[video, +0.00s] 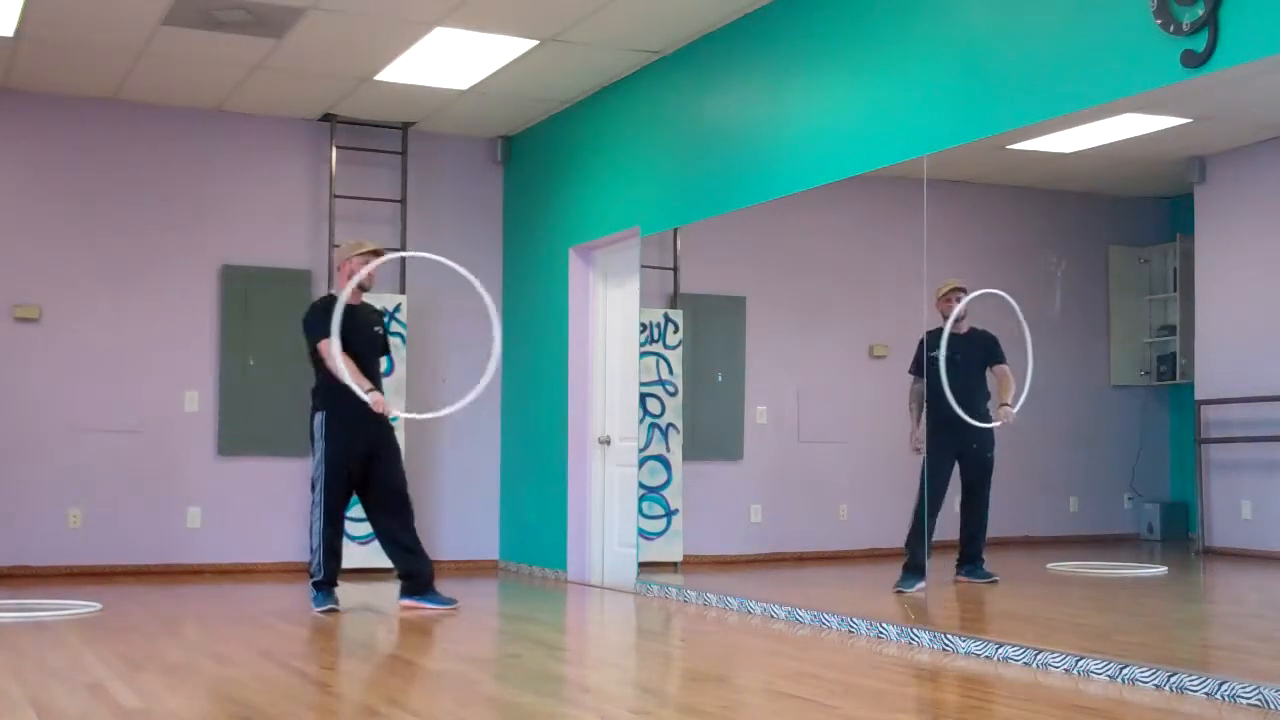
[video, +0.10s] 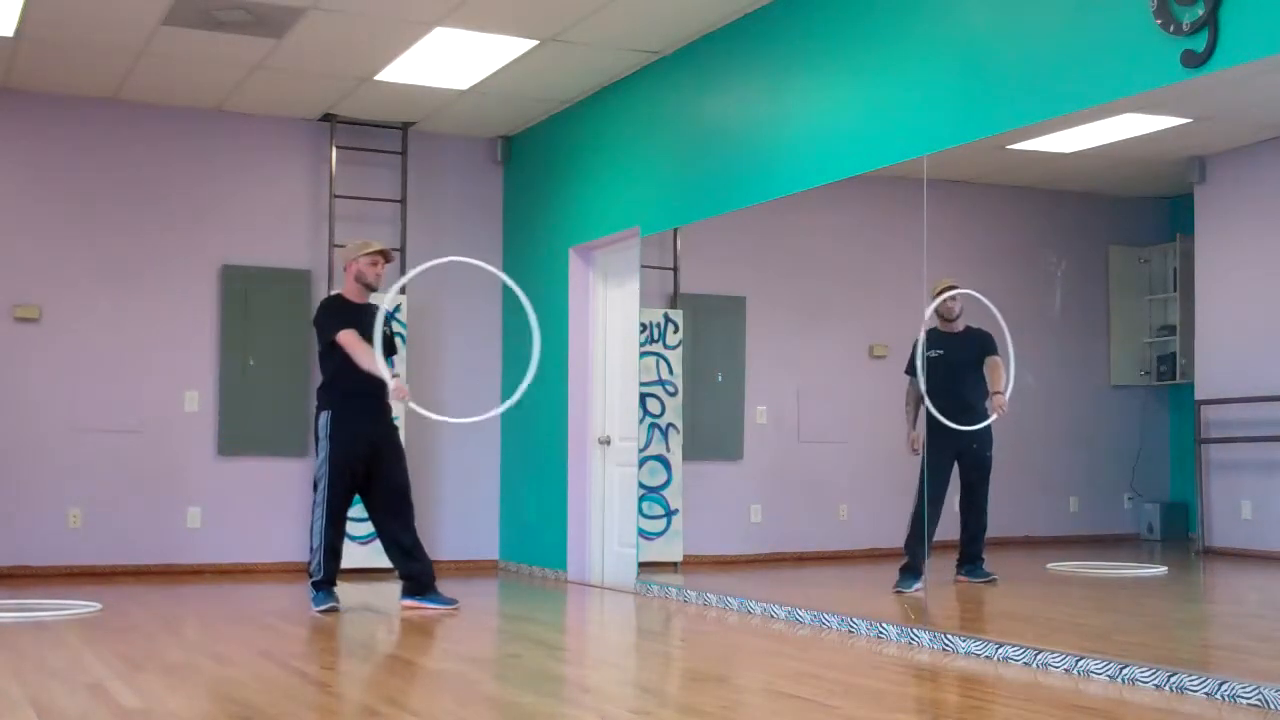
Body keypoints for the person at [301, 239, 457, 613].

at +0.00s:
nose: (369, 274)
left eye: (374, 269)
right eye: (363, 266)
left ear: (376, 274)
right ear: (344, 267)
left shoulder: (373, 316)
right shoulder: (321, 311)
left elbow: (373, 367)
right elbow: (331, 356)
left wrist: (380, 404)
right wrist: (368, 391)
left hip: (372, 415)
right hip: (336, 415)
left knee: (392, 499)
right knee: (329, 502)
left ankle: (417, 586)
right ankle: (323, 587)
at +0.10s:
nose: (380, 271)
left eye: (382, 266)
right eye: (372, 264)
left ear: (381, 272)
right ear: (351, 267)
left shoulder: (380, 316)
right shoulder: (331, 307)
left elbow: (385, 363)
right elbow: (354, 347)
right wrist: (389, 377)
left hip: (377, 417)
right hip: (340, 416)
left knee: (394, 500)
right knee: (331, 502)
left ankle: (418, 586)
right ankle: (322, 586)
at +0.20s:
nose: (385, 270)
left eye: (388, 266)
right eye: (378, 263)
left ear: (387, 272)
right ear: (356, 266)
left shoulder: (386, 317)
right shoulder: (337, 305)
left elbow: (382, 380)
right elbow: (373, 332)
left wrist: (392, 422)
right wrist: (414, 353)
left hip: (379, 417)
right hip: (341, 415)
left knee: (398, 502)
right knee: (330, 501)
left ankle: (424, 586)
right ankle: (318, 586)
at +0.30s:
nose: (391, 272)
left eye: (395, 267)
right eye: (384, 265)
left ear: (395, 274)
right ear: (363, 267)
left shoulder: (391, 320)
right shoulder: (341, 304)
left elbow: (391, 380)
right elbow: (384, 316)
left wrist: (402, 421)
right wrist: (433, 318)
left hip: (385, 419)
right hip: (346, 417)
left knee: (400, 504)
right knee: (332, 503)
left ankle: (426, 586)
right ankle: (319, 586)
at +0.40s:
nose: (400, 272)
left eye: (403, 267)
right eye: (394, 265)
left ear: (402, 272)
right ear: (373, 265)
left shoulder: (402, 315)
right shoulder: (347, 302)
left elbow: (404, 379)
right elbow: (390, 309)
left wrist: (413, 421)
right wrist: (433, 293)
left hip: (396, 417)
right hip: (356, 415)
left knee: (408, 503)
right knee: (343, 502)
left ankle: (423, 585)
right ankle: (323, 585)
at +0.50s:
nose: (409, 270)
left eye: (413, 265)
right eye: (402, 263)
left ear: (418, 269)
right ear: (384, 266)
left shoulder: (418, 314)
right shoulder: (358, 301)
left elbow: (420, 375)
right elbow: (388, 317)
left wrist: (427, 421)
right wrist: (417, 280)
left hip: (409, 418)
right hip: (369, 417)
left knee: (414, 506)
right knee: (355, 504)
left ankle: (423, 585)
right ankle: (337, 586)